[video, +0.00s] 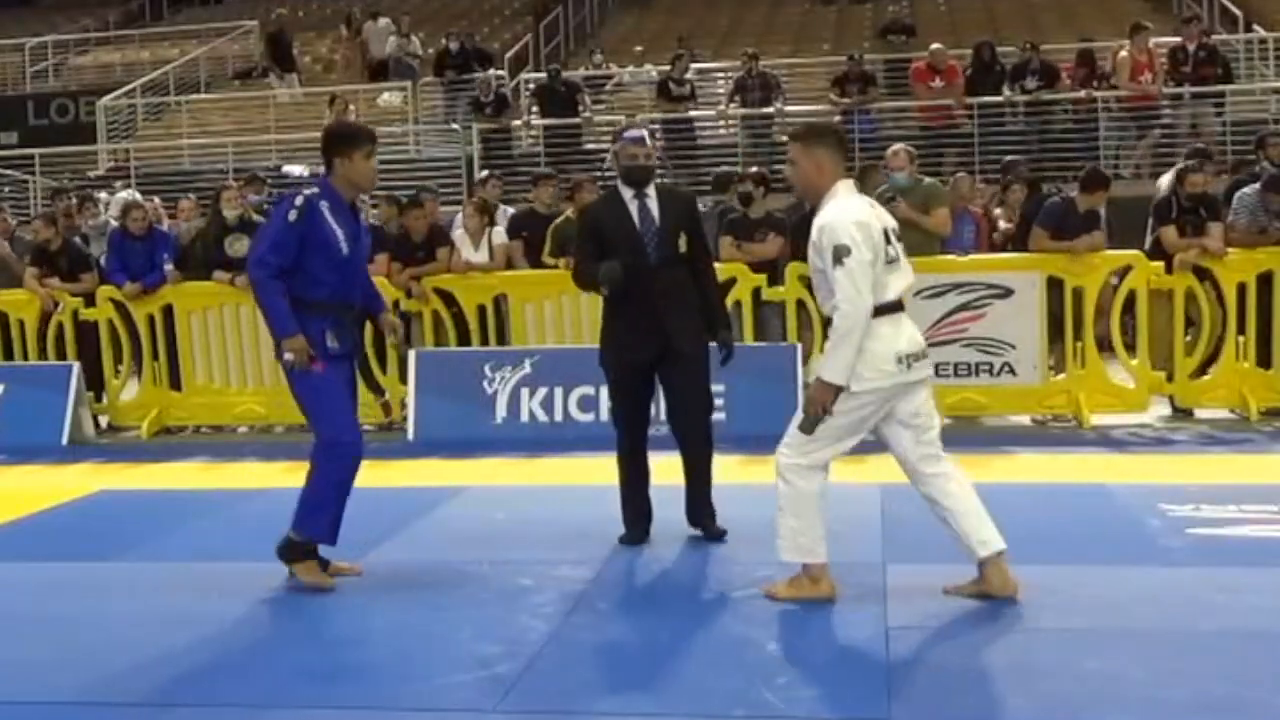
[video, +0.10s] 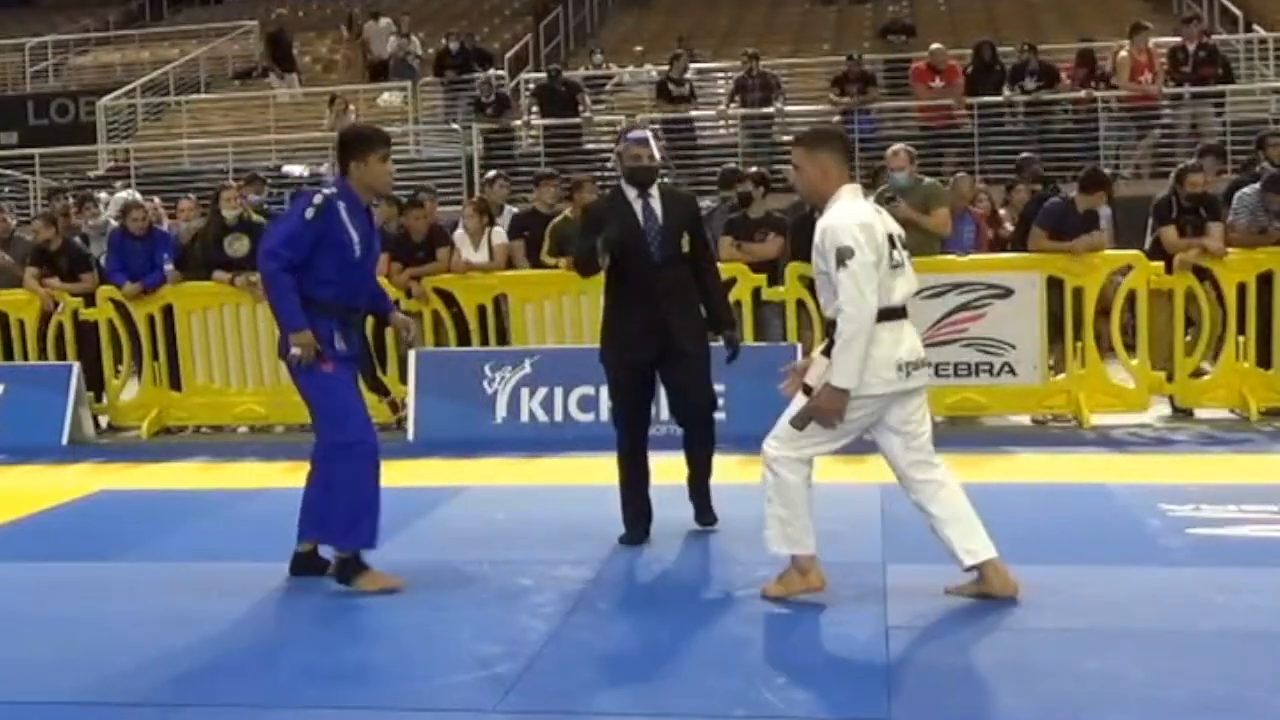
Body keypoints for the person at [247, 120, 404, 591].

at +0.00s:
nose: (376, 169)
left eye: (375, 160)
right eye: (370, 160)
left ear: (350, 163)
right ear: (342, 162)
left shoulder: (351, 214)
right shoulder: (301, 206)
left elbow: (355, 273)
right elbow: (261, 268)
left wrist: (381, 313)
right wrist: (287, 332)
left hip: (340, 338)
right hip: (308, 340)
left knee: (340, 441)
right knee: (342, 441)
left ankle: (311, 545)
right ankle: (301, 543)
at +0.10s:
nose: (391, 171)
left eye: (390, 162)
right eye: (384, 162)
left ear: (365, 166)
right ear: (358, 165)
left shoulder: (363, 215)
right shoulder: (320, 203)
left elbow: (359, 279)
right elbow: (272, 258)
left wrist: (392, 312)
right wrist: (295, 326)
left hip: (343, 338)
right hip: (314, 338)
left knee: (335, 441)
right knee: (356, 438)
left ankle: (307, 549)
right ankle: (348, 559)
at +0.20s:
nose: (412, 178)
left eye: (410, 169)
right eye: (405, 169)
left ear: (384, 173)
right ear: (378, 173)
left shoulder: (380, 223)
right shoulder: (345, 206)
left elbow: (363, 284)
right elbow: (288, 255)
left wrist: (393, 315)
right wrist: (313, 327)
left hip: (347, 340)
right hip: (321, 342)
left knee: (338, 445)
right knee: (365, 446)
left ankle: (309, 551)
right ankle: (386, 563)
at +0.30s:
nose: (436, 196)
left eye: (437, 187)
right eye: (429, 187)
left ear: (411, 188)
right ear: (402, 187)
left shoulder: (396, 230)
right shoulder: (367, 221)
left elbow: (367, 287)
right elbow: (314, 275)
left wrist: (391, 322)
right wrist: (352, 339)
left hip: (348, 349)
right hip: (326, 351)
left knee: (342, 449)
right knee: (372, 452)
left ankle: (309, 551)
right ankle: (386, 566)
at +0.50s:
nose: (475, 241)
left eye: (478, 231)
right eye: (473, 229)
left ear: (444, 219)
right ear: (447, 219)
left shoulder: (403, 231)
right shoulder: (405, 254)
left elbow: (417, 310)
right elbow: (417, 319)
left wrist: (478, 346)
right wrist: (490, 350)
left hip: (310, 332)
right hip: (330, 345)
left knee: (321, 441)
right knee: (380, 454)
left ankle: (297, 547)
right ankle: (385, 566)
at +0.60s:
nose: (481, 249)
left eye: (483, 240)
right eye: (476, 239)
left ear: (444, 229)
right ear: (450, 234)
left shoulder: (407, 230)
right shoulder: (425, 275)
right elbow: (468, 326)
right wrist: (547, 342)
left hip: (309, 330)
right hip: (332, 348)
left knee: (308, 440)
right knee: (383, 452)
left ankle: (285, 540)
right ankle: (387, 567)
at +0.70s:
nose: (484, 257)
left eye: (485, 248)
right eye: (479, 247)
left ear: (449, 236)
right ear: (453, 241)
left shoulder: (410, 237)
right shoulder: (425, 279)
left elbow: (361, 261)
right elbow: (470, 335)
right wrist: (546, 344)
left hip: (308, 329)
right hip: (331, 349)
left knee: (308, 439)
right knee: (384, 451)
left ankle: (285, 539)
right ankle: (387, 566)